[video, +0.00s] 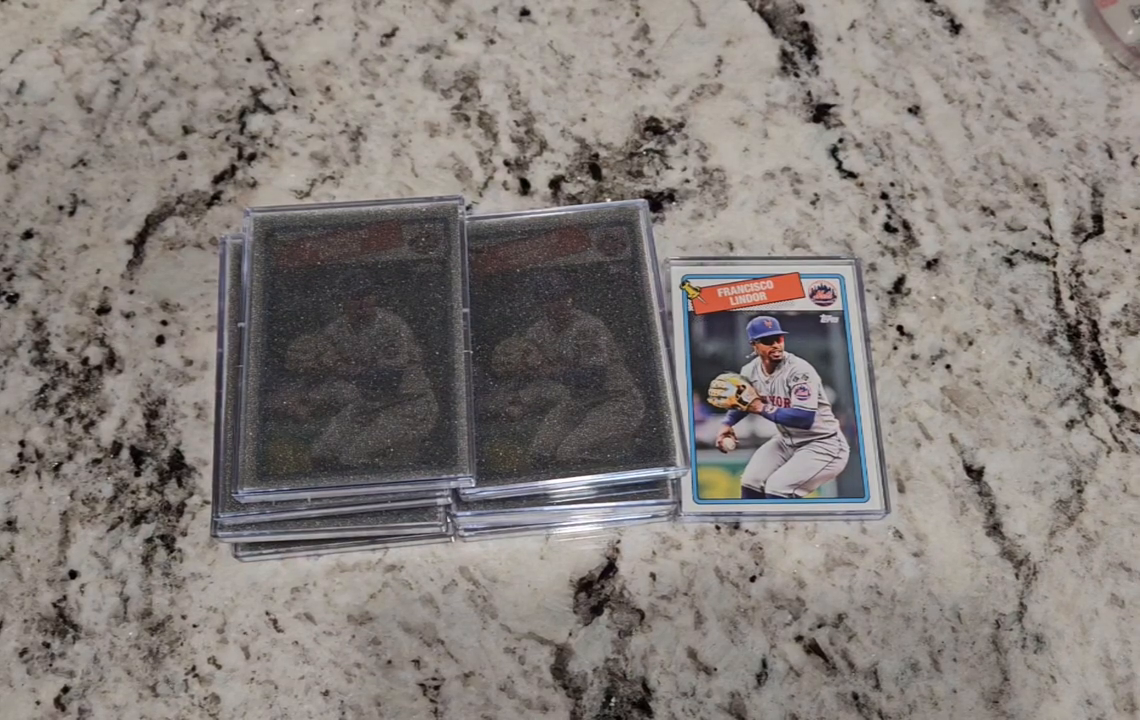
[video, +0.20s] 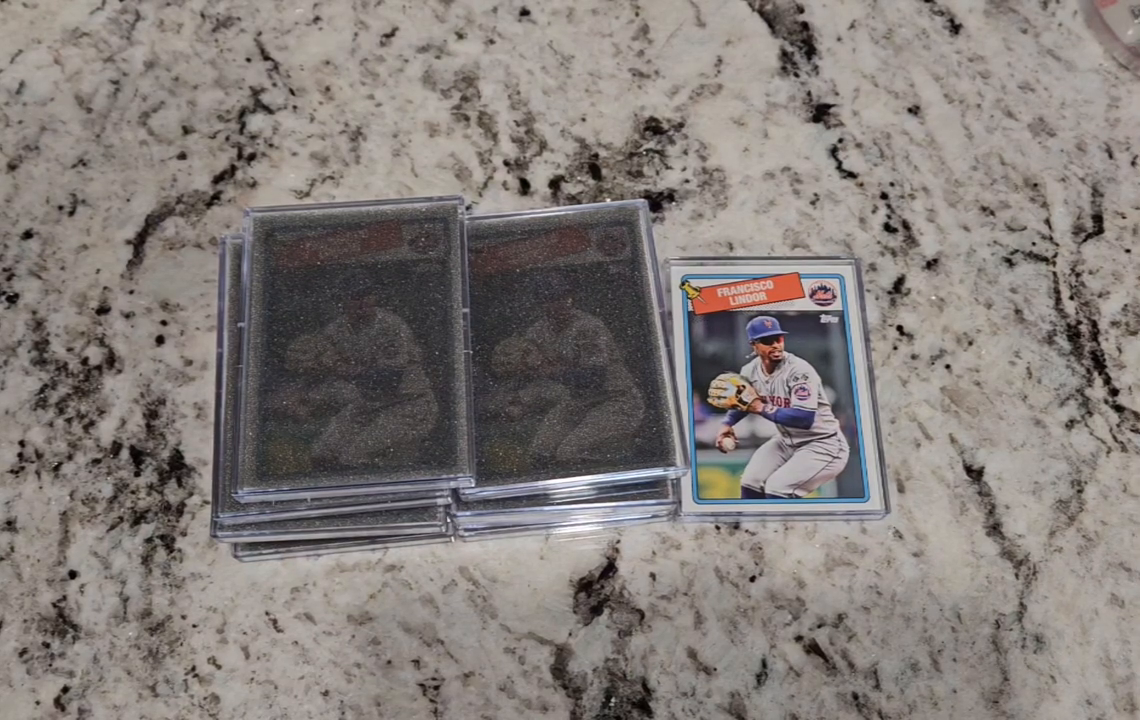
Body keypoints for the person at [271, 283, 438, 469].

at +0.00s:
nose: (361, 305)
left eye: (366, 297)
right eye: (355, 299)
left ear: (375, 298)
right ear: (344, 303)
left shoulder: (393, 326)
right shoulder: (337, 331)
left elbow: (393, 378)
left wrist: (348, 370)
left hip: (413, 405)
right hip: (371, 403)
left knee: (357, 450)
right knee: (324, 449)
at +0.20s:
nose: (362, 302)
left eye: (366, 295)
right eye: (355, 297)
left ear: (375, 297)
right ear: (345, 301)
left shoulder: (393, 327)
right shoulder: (337, 331)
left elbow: (391, 378)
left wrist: (346, 372)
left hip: (413, 404)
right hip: (371, 404)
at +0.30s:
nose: (362, 302)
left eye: (366, 295)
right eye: (356, 297)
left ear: (375, 297)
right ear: (346, 301)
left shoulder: (393, 327)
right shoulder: (338, 331)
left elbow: (391, 380)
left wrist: (346, 372)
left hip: (413, 405)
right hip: (372, 403)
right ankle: (320, 458)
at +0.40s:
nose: (361, 303)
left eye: (365, 296)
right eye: (355, 297)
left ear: (375, 297)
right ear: (344, 302)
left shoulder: (393, 327)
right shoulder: (337, 331)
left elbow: (391, 379)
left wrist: (343, 370)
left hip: (412, 405)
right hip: (369, 404)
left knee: (356, 450)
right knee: (324, 450)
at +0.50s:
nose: (361, 303)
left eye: (366, 296)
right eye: (355, 297)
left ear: (375, 297)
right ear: (344, 302)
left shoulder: (393, 327)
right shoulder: (337, 331)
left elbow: (391, 379)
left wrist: (343, 370)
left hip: (412, 405)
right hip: (369, 404)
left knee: (357, 450)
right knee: (324, 450)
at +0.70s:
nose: (362, 303)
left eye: (366, 296)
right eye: (355, 298)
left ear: (375, 297)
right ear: (345, 303)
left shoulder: (393, 328)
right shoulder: (339, 330)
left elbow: (390, 381)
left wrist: (345, 370)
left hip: (412, 406)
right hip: (370, 403)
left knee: (353, 454)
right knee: (322, 452)